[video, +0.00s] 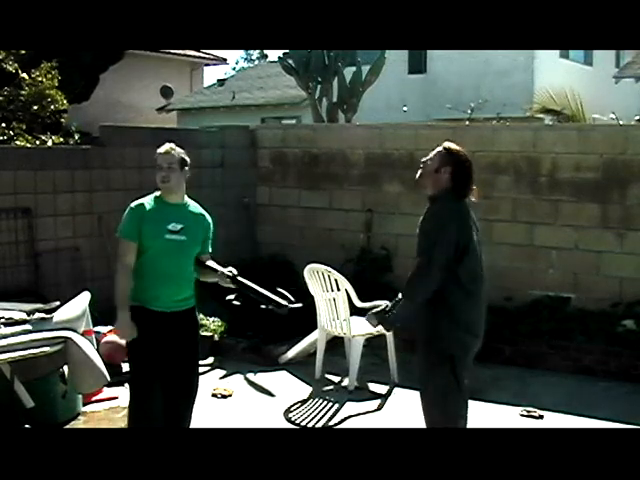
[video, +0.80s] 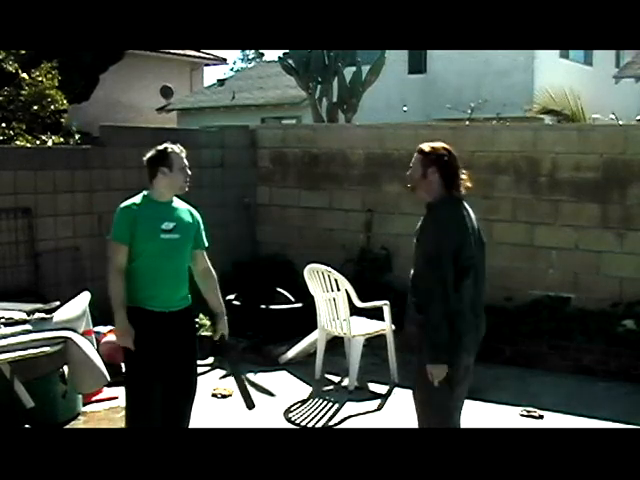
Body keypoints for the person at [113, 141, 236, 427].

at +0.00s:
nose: (163, 174)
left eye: (170, 168)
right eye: (159, 168)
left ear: (185, 172)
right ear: (154, 172)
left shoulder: (201, 218)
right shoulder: (139, 211)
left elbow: (200, 265)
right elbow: (125, 266)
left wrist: (219, 273)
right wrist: (123, 315)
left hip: (184, 318)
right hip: (146, 317)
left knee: (182, 396)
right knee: (146, 397)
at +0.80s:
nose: (189, 175)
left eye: (188, 169)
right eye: (183, 169)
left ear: (167, 173)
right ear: (162, 173)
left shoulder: (190, 216)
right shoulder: (129, 212)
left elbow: (203, 268)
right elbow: (117, 269)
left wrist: (220, 313)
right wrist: (121, 320)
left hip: (181, 320)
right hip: (143, 321)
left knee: (180, 401)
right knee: (144, 403)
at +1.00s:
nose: (190, 172)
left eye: (189, 167)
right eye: (184, 167)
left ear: (171, 174)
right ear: (163, 173)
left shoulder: (193, 215)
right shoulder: (132, 212)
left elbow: (195, 268)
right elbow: (117, 269)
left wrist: (197, 316)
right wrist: (116, 322)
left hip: (182, 319)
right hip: (143, 319)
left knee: (179, 403)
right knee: (144, 403)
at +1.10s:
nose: (191, 173)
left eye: (190, 168)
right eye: (185, 168)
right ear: (164, 173)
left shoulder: (193, 216)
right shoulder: (133, 212)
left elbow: (197, 269)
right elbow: (119, 269)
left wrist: (205, 316)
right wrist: (115, 323)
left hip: (183, 319)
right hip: (144, 320)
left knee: (179, 404)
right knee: (145, 405)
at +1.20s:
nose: (192, 172)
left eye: (191, 167)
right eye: (186, 167)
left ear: (172, 174)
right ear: (166, 173)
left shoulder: (192, 216)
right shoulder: (136, 212)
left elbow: (199, 269)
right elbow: (121, 270)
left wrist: (222, 311)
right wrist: (116, 320)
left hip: (183, 320)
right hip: (145, 319)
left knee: (181, 400)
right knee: (147, 401)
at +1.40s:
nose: (193, 172)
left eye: (192, 166)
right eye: (187, 167)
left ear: (174, 172)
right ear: (167, 172)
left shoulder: (192, 214)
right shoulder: (138, 212)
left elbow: (205, 262)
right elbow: (125, 269)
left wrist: (243, 282)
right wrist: (128, 323)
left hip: (186, 319)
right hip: (151, 319)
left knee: (184, 393)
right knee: (150, 398)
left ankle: (176, 430)